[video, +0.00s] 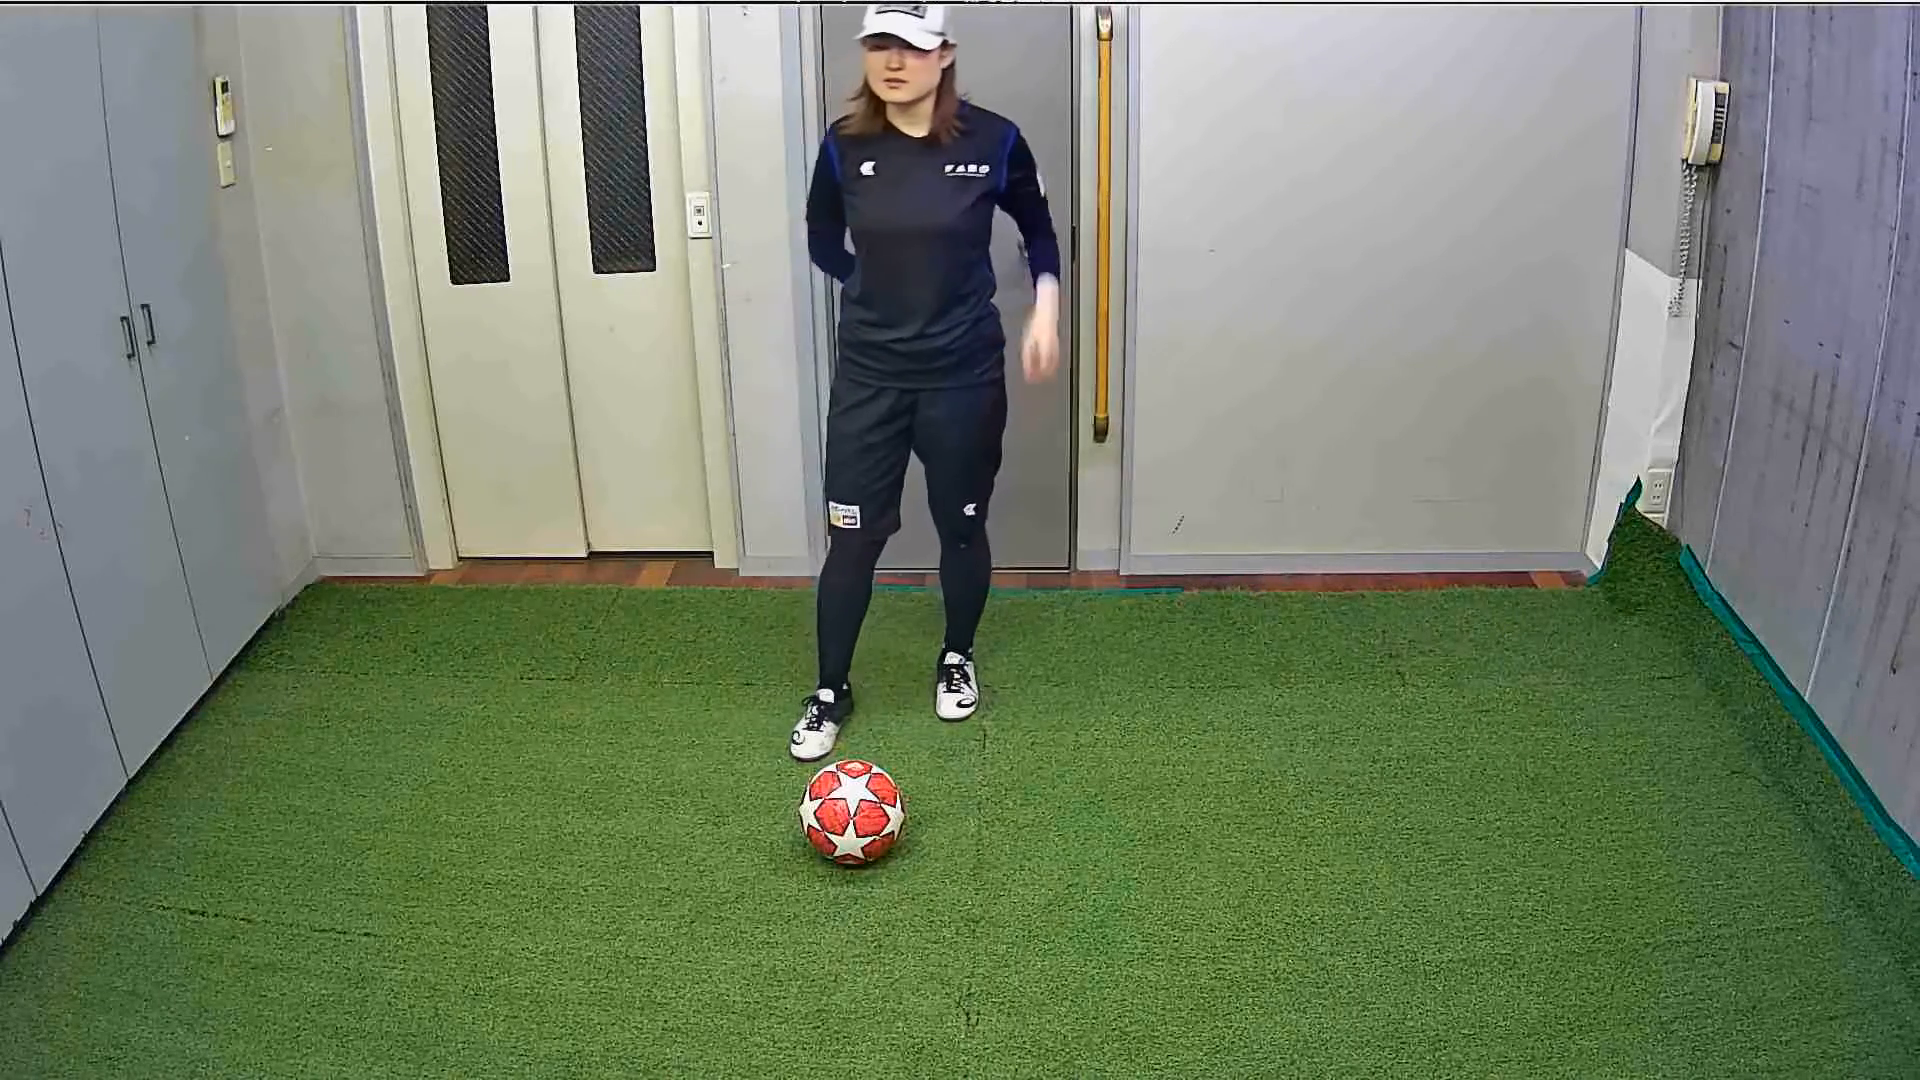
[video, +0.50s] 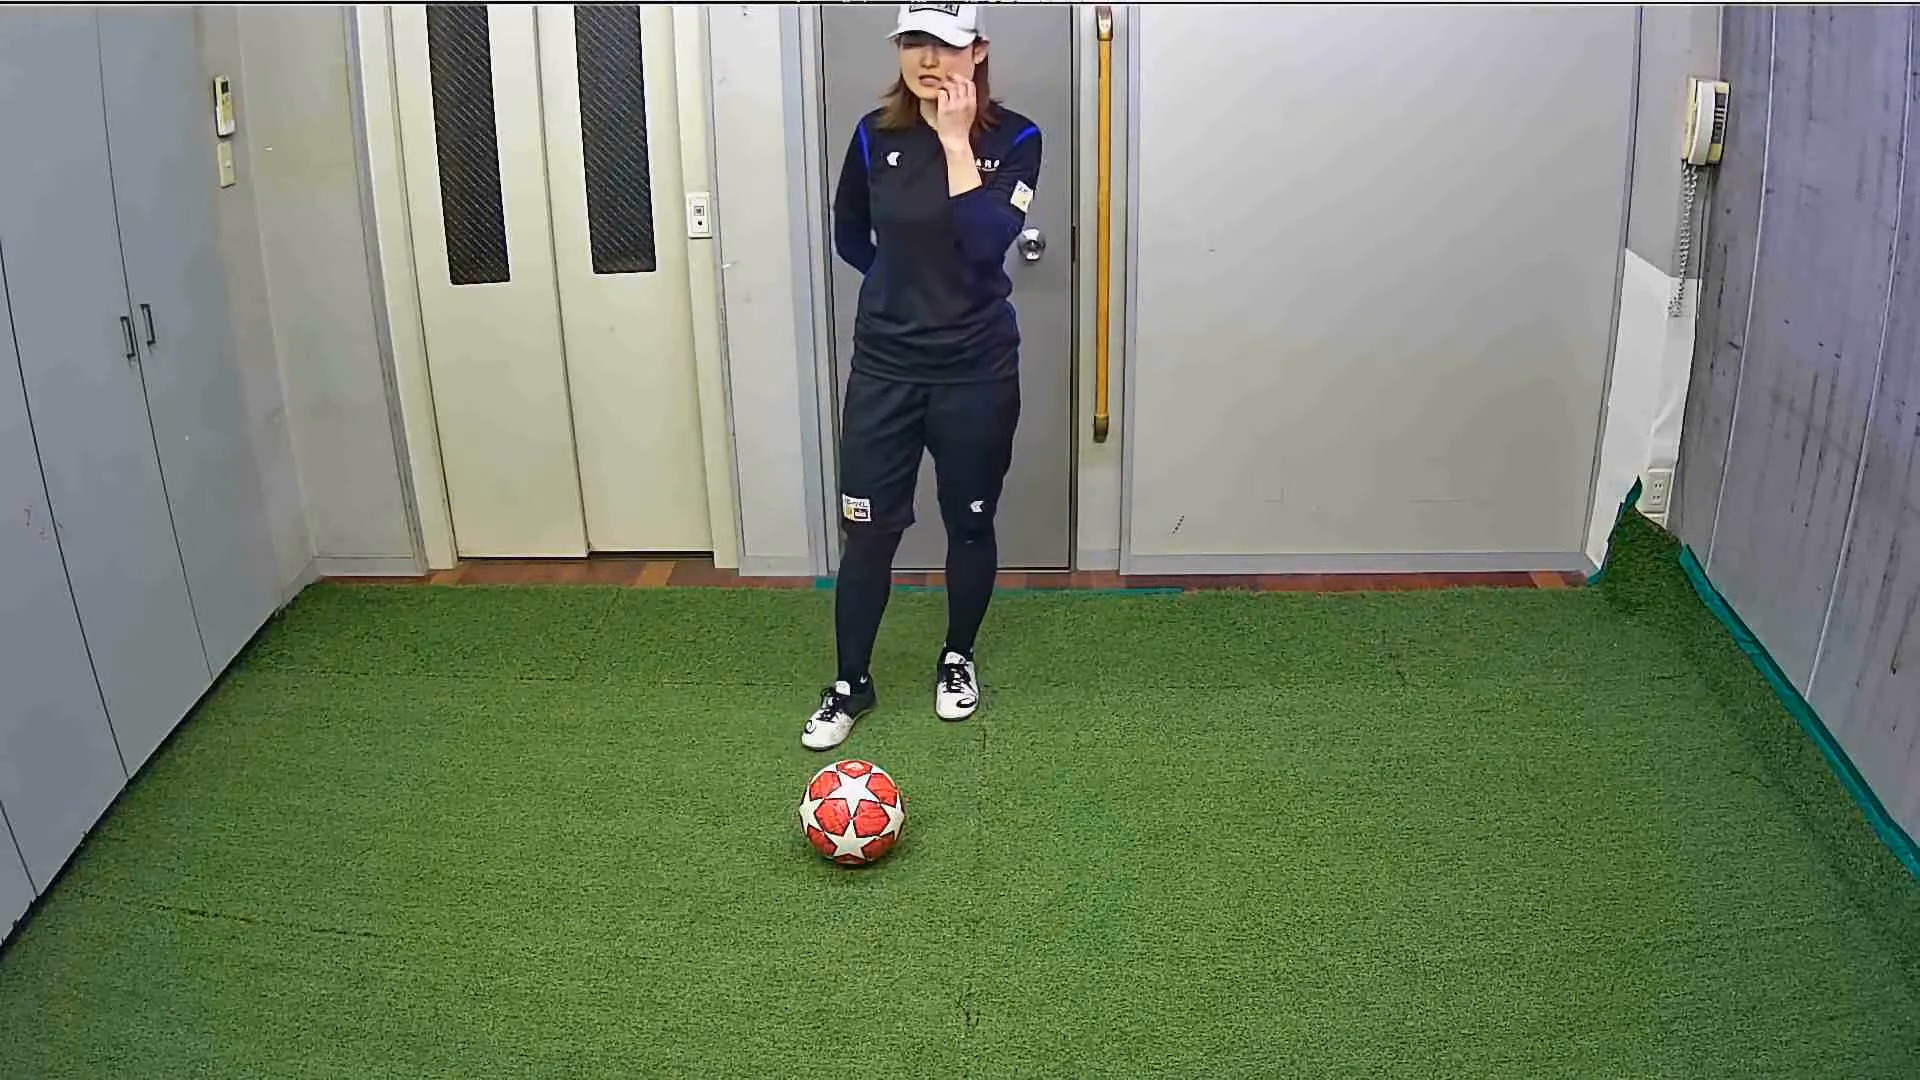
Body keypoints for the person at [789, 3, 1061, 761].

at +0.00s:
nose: (890, 60)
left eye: (907, 47)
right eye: (878, 47)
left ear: (943, 56)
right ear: (863, 59)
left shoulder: (994, 142)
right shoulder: (845, 144)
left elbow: (1037, 226)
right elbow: (822, 240)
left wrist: (1045, 314)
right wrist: (872, 280)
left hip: (962, 366)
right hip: (868, 367)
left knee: (961, 522)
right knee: (851, 527)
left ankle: (956, 661)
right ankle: (830, 692)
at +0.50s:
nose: (929, 62)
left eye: (944, 47)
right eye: (917, 47)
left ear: (976, 54)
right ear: (901, 54)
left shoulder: (1015, 138)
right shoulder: (874, 134)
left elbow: (986, 242)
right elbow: (849, 238)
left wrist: (956, 146)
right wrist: (908, 275)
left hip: (976, 365)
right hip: (884, 361)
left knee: (970, 521)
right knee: (865, 523)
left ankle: (958, 662)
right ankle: (849, 684)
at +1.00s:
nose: (916, 56)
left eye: (933, 44)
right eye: (904, 42)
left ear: (965, 54)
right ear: (888, 54)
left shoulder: (1010, 142)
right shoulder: (864, 138)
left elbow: (1048, 246)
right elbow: (840, 238)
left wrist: (1011, 263)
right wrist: (896, 278)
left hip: (972, 368)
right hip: (879, 364)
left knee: (967, 522)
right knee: (863, 523)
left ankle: (957, 658)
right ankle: (851, 684)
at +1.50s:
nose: (917, 61)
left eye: (934, 49)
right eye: (905, 47)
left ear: (969, 57)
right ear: (890, 57)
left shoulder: (1017, 142)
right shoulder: (866, 136)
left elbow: (1033, 238)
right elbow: (861, 234)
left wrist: (1046, 326)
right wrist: (914, 278)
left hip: (978, 355)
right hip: (884, 353)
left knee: (971, 516)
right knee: (865, 515)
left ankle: (957, 658)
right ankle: (852, 676)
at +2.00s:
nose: (883, 70)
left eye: (900, 56)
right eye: (870, 55)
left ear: (936, 57)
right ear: (856, 61)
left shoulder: (987, 138)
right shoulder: (835, 140)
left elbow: (1006, 257)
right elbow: (814, 241)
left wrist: (1010, 370)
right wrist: (789, 348)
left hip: (954, 367)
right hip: (859, 367)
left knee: (953, 528)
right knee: (867, 526)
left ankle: (956, 659)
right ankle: (887, 655)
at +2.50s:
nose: (857, 106)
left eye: (874, 90)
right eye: (842, 91)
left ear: (912, 80)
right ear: (823, 86)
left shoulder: (972, 150)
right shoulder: (815, 168)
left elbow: (1003, 260)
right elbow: (789, 278)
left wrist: (1028, 369)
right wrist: (765, 393)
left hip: (962, 392)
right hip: (861, 397)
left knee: (971, 577)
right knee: (873, 553)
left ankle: (1003, 750)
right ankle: (888, 654)